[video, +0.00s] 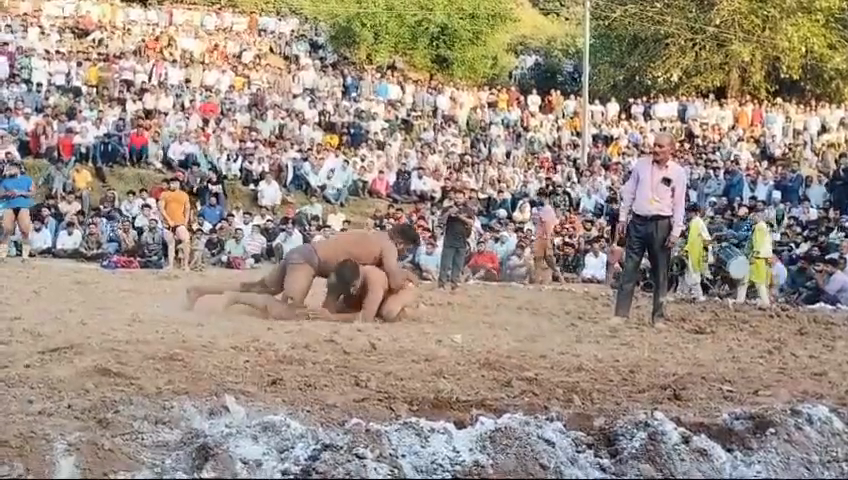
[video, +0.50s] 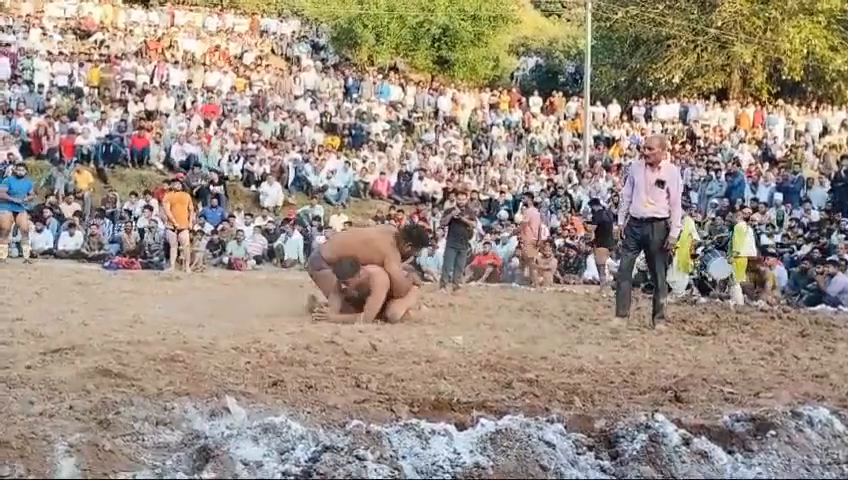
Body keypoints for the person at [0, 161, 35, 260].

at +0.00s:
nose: (11, 170)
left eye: (14, 167)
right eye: (10, 167)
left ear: (19, 168)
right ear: (7, 168)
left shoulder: (27, 180)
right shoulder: (5, 181)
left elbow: (33, 192)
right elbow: (2, 194)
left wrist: (20, 193)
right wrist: (8, 194)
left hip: (23, 206)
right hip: (8, 206)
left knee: (25, 231)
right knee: (6, 230)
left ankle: (25, 255)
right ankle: (3, 254)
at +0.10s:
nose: (13, 169)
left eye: (15, 167)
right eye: (11, 167)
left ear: (20, 168)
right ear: (8, 168)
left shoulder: (27, 181)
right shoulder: (5, 180)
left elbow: (31, 195)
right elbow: (2, 192)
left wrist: (20, 195)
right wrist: (8, 193)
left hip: (21, 205)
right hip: (6, 205)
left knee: (23, 228)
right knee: (3, 228)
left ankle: (25, 253)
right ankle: (3, 252)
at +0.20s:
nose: (13, 169)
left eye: (15, 167)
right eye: (11, 167)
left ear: (21, 169)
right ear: (9, 168)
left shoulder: (27, 182)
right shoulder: (4, 179)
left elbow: (30, 196)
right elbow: (1, 191)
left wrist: (19, 197)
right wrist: (7, 194)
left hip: (20, 206)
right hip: (5, 206)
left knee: (22, 230)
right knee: (3, 229)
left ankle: (25, 254)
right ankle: (3, 254)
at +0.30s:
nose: (15, 170)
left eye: (18, 168)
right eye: (13, 168)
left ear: (22, 170)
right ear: (10, 168)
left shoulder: (27, 182)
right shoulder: (5, 180)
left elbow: (30, 196)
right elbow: (1, 191)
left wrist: (19, 199)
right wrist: (8, 195)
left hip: (19, 206)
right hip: (5, 206)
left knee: (21, 230)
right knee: (3, 229)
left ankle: (24, 254)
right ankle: (2, 254)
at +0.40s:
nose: (18, 171)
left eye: (21, 169)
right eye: (16, 169)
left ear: (24, 171)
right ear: (13, 169)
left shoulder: (27, 182)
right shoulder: (5, 180)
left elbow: (31, 196)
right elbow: (1, 192)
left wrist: (23, 199)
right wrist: (12, 198)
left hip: (19, 207)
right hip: (6, 206)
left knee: (23, 229)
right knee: (3, 227)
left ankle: (25, 255)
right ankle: (3, 253)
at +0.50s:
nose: (21, 172)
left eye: (23, 170)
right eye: (19, 170)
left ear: (26, 171)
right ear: (15, 170)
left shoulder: (28, 183)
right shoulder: (8, 180)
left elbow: (32, 195)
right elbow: (3, 194)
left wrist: (27, 199)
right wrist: (14, 200)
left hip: (21, 207)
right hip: (7, 207)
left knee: (25, 229)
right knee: (5, 229)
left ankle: (26, 255)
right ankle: (3, 255)